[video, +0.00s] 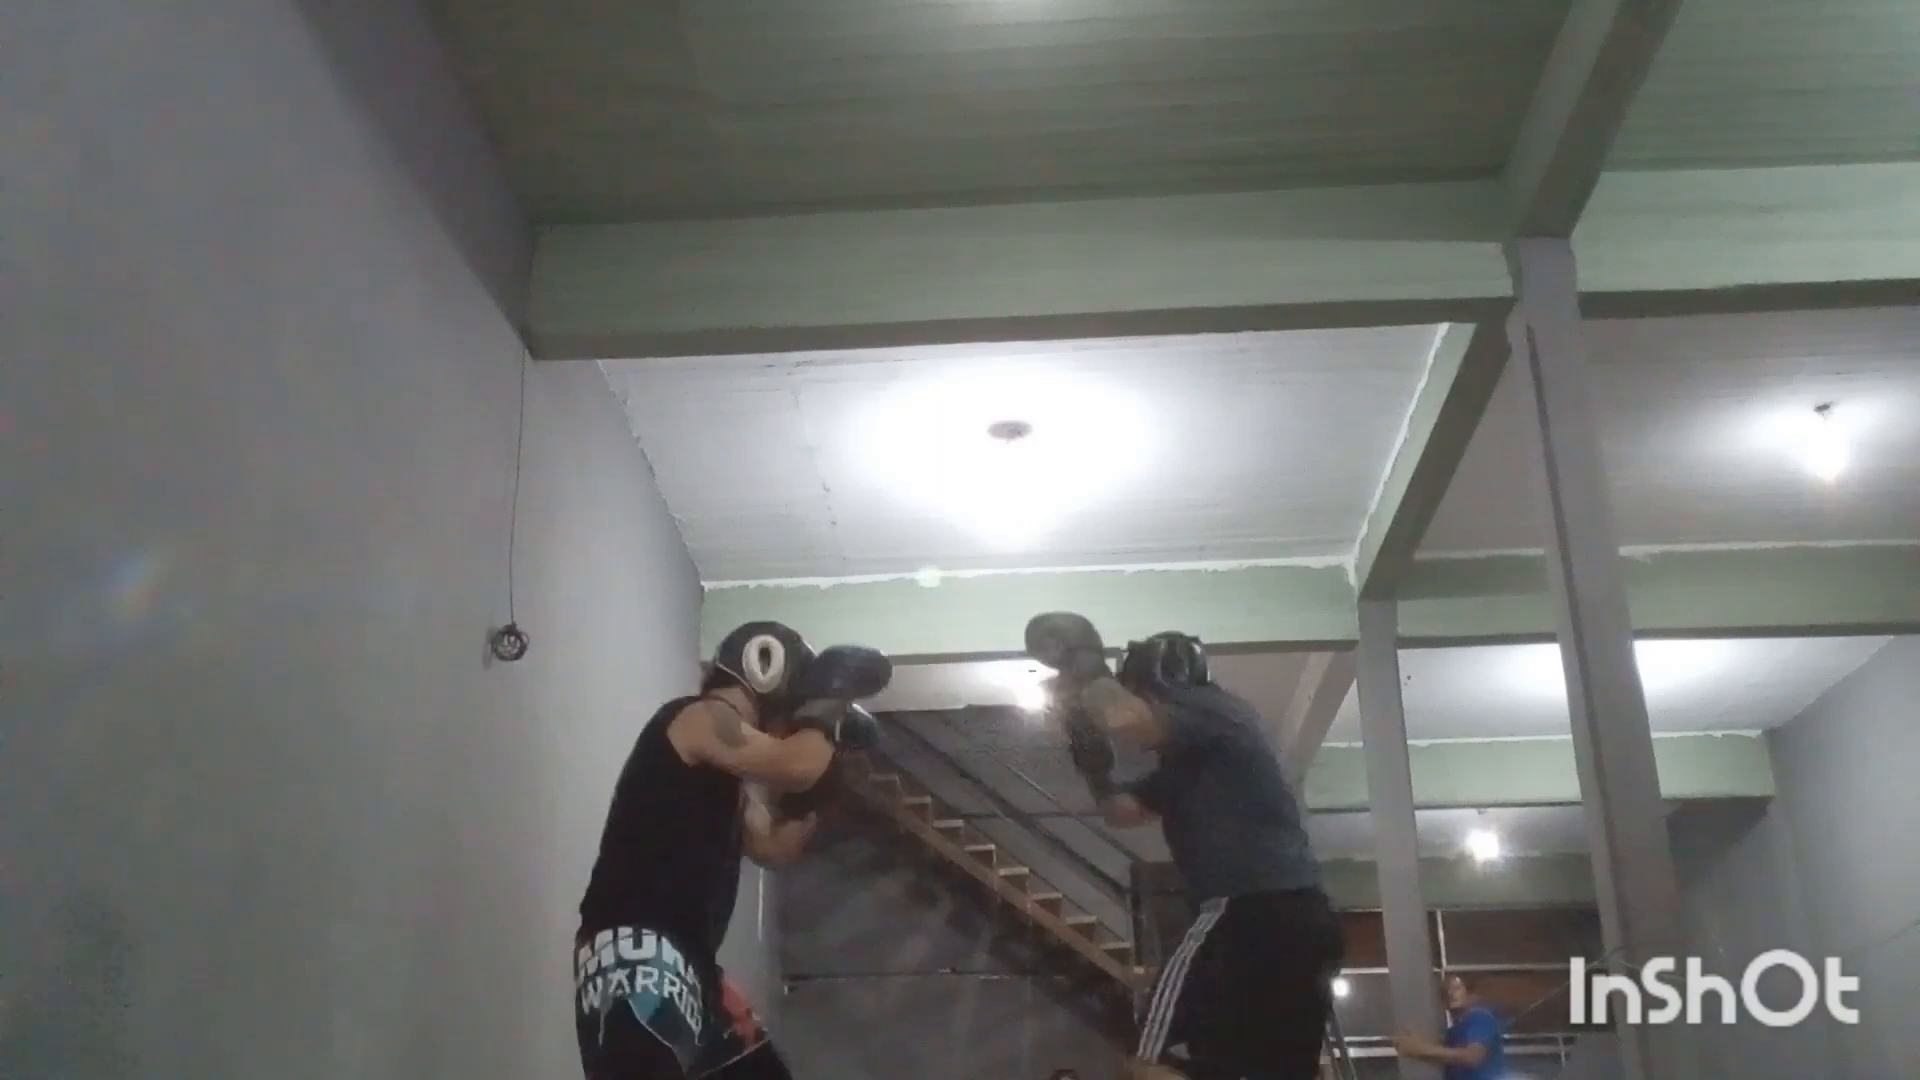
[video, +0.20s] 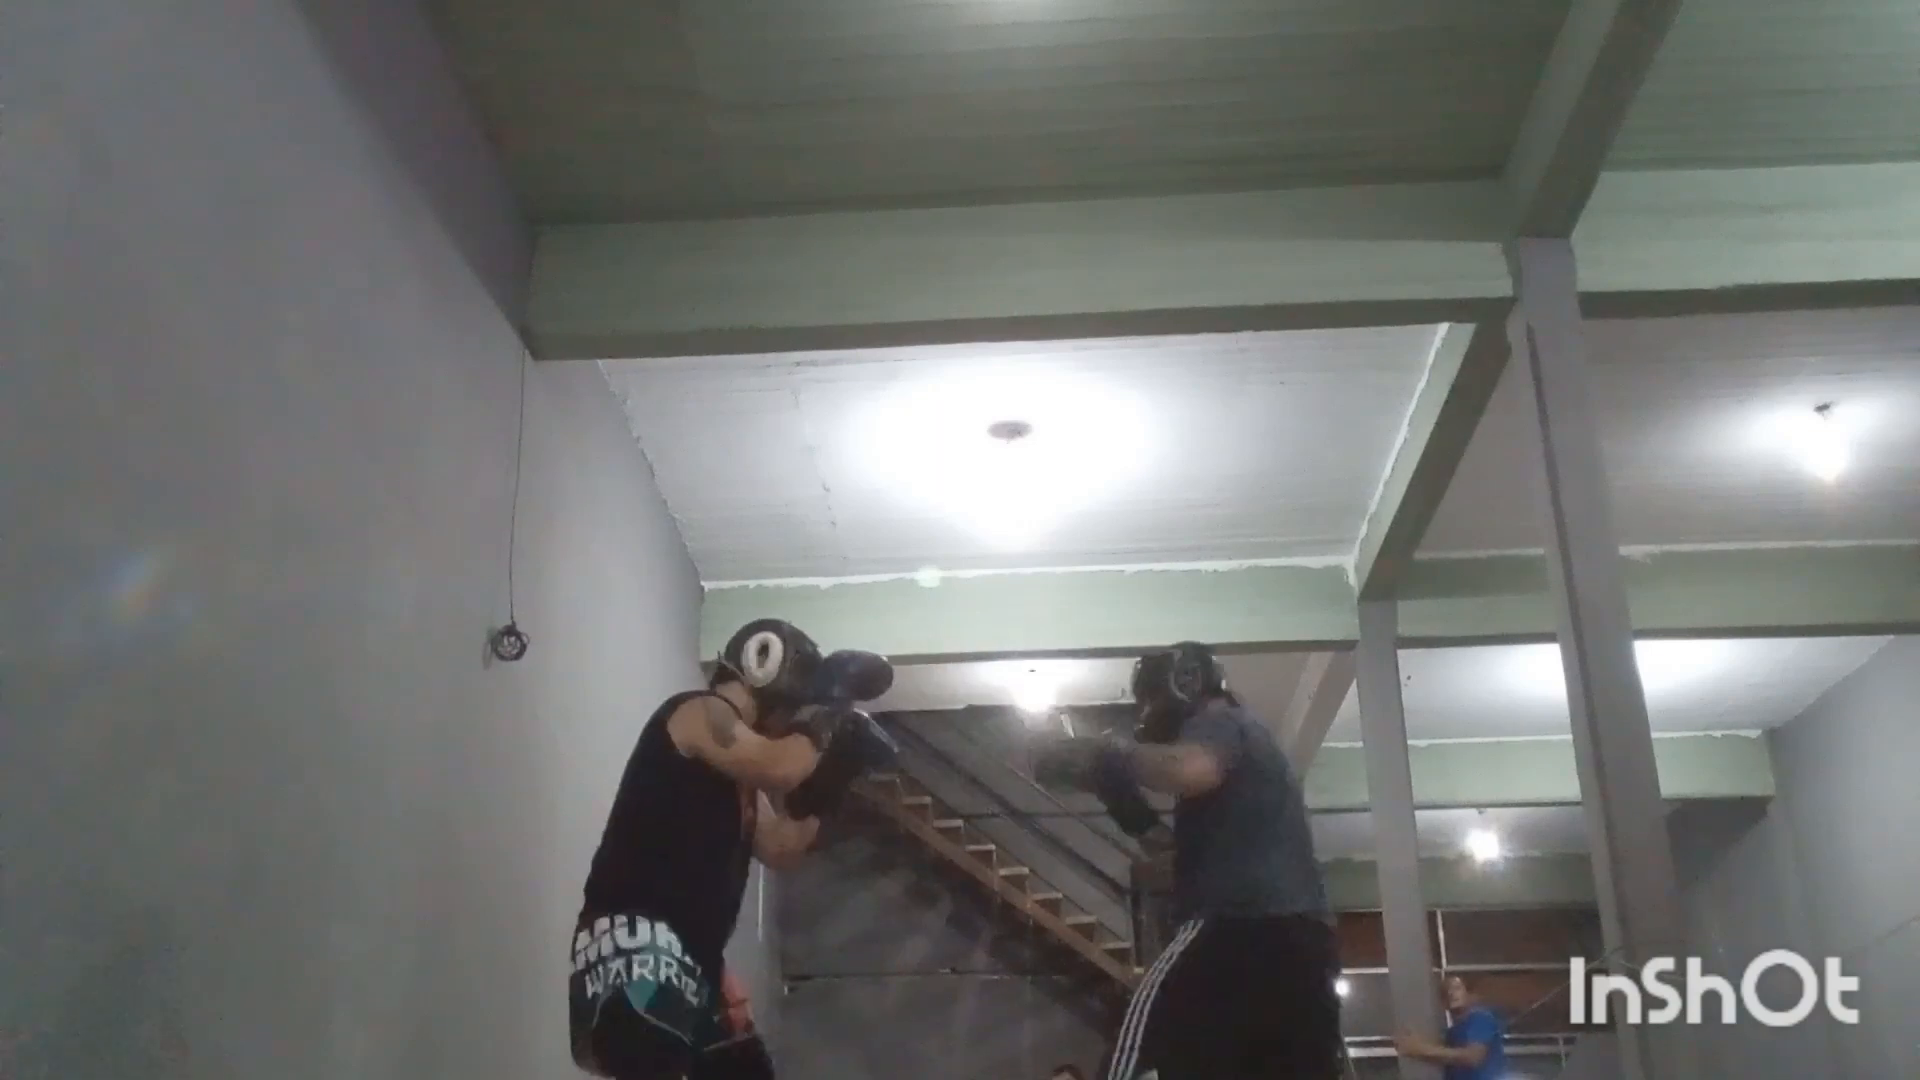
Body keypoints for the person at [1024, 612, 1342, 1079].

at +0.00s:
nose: (1136, 708)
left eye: (1137, 696)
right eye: (1133, 698)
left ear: (1155, 681)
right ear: (1189, 670)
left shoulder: (1211, 706)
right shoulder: (1190, 756)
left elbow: (1126, 720)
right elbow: (1123, 812)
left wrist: (1086, 671)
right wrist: (1097, 771)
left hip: (1253, 911)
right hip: (1300, 911)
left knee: (1155, 1057)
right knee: (1284, 1069)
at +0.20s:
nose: (1141, 716)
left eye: (1147, 700)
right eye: (1140, 704)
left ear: (1183, 683)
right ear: (1201, 683)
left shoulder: (1218, 719)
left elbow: (1196, 770)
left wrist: (1109, 755)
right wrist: (1132, 809)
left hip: (1243, 928)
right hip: (1303, 930)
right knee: (1303, 1066)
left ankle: (1118, 1074)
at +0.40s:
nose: (1145, 714)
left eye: (1147, 699)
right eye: (1142, 702)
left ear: (1172, 687)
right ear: (1208, 682)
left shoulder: (1209, 713)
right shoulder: (1255, 729)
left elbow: (1191, 775)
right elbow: (1195, 855)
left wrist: (1106, 752)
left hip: (1255, 920)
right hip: (1325, 920)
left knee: (1174, 1058)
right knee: (1331, 1067)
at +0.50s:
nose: (1134, 711)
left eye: (1136, 700)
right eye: (1133, 703)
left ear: (1153, 689)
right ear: (1203, 680)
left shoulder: (1187, 719)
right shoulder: (1241, 727)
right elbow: (1176, 831)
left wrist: (1068, 727)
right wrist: (1123, 787)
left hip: (1247, 935)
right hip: (1322, 930)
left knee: (1171, 1064)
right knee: (1331, 1067)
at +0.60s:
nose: (1124, 700)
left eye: (1125, 690)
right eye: (1124, 692)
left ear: (1140, 681)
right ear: (1200, 677)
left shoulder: (1153, 716)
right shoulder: (1250, 727)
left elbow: (1079, 778)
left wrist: (1057, 736)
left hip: (1213, 924)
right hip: (1305, 923)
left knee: (1153, 1059)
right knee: (1322, 1062)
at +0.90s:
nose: (1121, 732)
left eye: (1124, 723)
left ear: (1133, 720)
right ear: (1200, 719)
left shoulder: (1134, 760)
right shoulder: (1253, 763)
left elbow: (1079, 836)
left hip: (1163, 963)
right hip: (1271, 961)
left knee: (1102, 1072)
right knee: (1293, 1073)